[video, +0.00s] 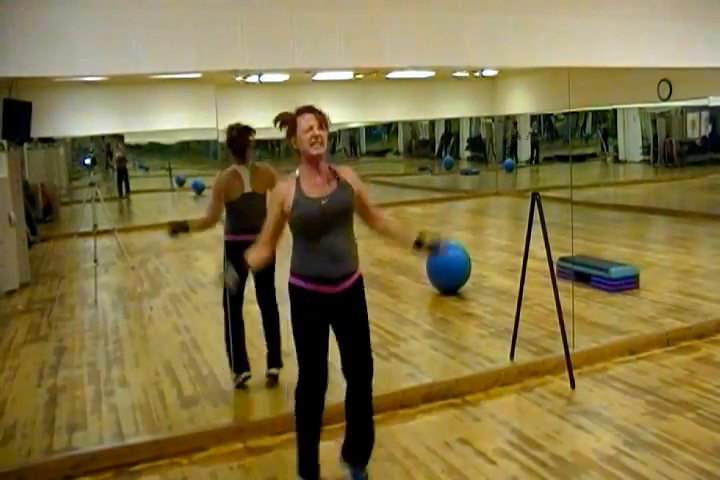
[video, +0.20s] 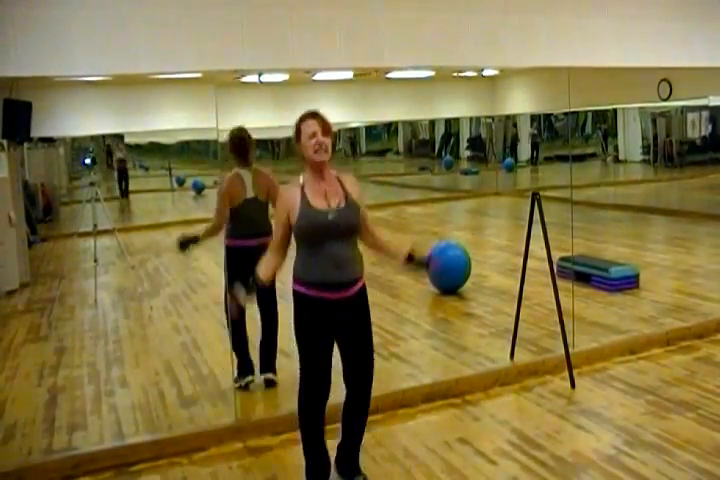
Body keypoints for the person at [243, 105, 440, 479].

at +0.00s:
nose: (317, 134)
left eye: (320, 128)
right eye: (308, 131)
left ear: (328, 133)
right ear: (295, 141)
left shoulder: (345, 176)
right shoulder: (285, 189)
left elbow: (375, 218)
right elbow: (266, 243)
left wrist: (419, 243)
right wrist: (245, 263)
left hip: (348, 288)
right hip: (306, 292)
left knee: (360, 374)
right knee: (312, 379)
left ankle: (356, 459)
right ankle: (308, 470)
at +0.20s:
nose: (320, 141)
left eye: (324, 134)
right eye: (311, 137)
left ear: (332, 140)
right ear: (299, 146)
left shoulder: (347, 183)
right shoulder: (290, 194)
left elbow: (368, 235)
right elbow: (277, 248)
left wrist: (410, 257)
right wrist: (257, 281)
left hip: (353, 298)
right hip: (311, 301)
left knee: (360, 385)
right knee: (315, 388)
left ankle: (348, 464)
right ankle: (317, 469)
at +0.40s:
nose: (323, 131)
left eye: (327, 125)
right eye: (315, 127)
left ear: (335, 131)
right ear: (301, 135)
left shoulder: (352, 165)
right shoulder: (290, 175)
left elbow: (401, 153)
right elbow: (237, 183)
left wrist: (416, 107)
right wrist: (229, 139)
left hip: (354, 284)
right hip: (311, 287)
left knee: (377, 366)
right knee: (303, 379)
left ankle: (386, 447)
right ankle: (290, 472)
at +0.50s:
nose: (326, 158)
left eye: (330, 151)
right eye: (318, 153)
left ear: (338, 157)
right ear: (306, 162)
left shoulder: (351, 188)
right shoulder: (296, 197)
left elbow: (385, 145)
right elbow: (251, 164)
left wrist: (371, 99)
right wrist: (268, 117)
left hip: (358, 311)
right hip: (314, 315)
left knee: (390, 384)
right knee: (297, 405)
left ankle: (402, 452)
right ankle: (278, 478)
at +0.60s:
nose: (325, 166)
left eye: (329, 160)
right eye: (317, 162)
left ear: (337, 165)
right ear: (306, 170)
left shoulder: (351, 193)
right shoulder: (298, 205)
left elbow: (383, 148)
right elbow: (257, 165)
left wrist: (361, 105)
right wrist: (281, 117)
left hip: (359, 319)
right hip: (315, 324)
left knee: (390, 388)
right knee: (299, 409)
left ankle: (401, 455)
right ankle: (280, 478)